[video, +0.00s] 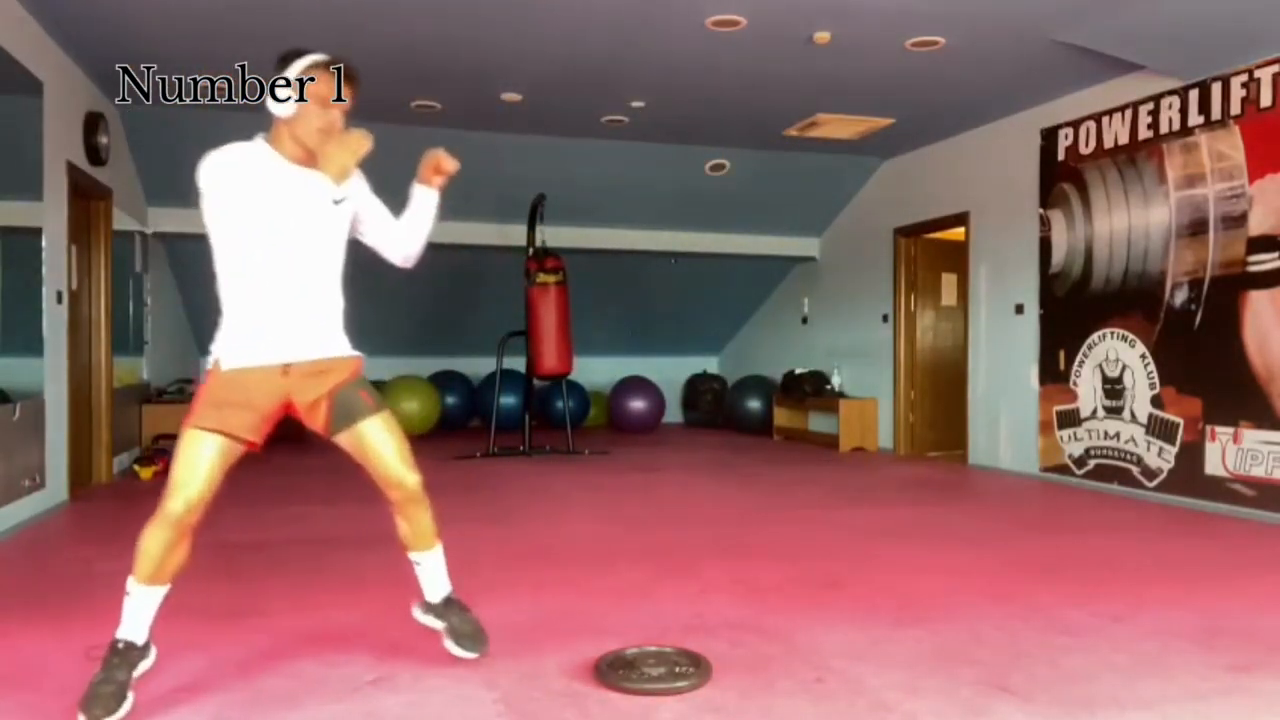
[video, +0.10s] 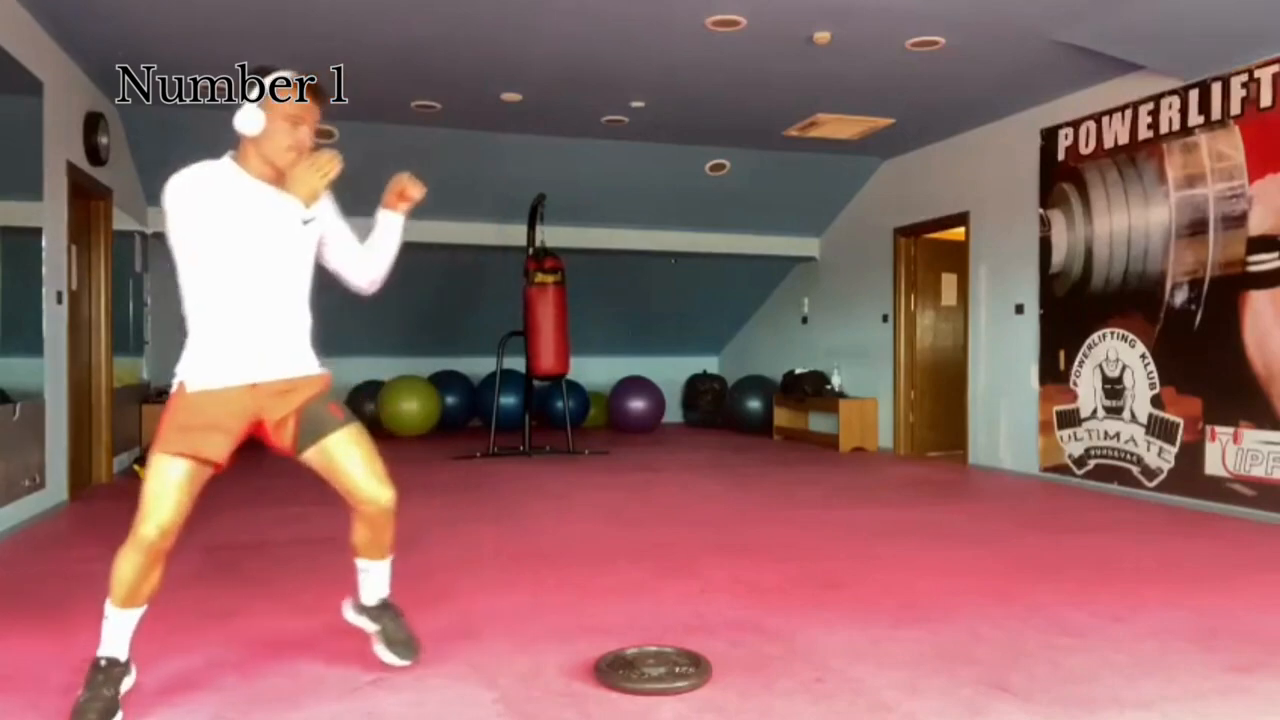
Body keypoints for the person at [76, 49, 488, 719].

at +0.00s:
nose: (342, 116)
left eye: (346, 105)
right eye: (332, 100)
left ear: (341, 112)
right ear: (286, 98)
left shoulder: (341, 177)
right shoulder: (223, 168)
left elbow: (402, 249)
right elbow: (257, 230)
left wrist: (428, 188)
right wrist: (334, 167)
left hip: (329, 367)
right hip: (241, 372)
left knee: (407, 483)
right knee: (179, 507)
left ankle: (439, 598)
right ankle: (129, 644)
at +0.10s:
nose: (308, 142)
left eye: (314, 130)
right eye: (295, 126)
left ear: (316, 134)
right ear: (253, 123)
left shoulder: (308, 197)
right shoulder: (190, 188)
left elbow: (364, 274)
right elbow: (217, 261)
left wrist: (392, 214)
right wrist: (298, 195)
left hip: (298, 383)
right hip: (208, 391)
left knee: (378, 497)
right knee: (151, 532)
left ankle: (373, 603)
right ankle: (110, 661)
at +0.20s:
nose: (280, 163)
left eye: (289, 153)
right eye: (269, 147)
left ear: (293, 160)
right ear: (228, 148)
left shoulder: (285, 227)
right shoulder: (164, 219)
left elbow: (316, 319)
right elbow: (193, 301)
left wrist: (352, 268)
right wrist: (274, 237)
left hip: (275, 412)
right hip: (187, 417)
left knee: (349, 528)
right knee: (137, 552)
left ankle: (324, 629)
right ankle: (111, 671)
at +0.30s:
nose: (288, 143)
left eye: (297, 132)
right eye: (277, 126)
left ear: (302, 136)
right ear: (237, 121)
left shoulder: (295, 198)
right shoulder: (172, 189)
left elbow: (331, 290)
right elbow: (204, 263)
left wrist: (368, 237)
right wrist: (285, 198)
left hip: (284, 389)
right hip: (194, 397)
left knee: (358, 509)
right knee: (148, 538)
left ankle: (343, 614)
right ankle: (113, 666)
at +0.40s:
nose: (321, 121)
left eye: (328, 110)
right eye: (313, 104)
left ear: (325, 114)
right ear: (271, 95)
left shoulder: (317, 177)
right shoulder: (201, 161)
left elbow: (383, 244)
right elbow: (228, 231)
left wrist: (415, 180)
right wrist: (315, 168)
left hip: (300, 366)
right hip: (214, 374)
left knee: (374, 485)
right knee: (173, 516)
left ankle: (382, 610)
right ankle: (125, 652)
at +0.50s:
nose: (357, 141)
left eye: (363, 129)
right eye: (348, 124)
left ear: (359, 129)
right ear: (306, 112)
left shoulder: (339, 194)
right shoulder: (238, 172)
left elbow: (382, 274)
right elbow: (286, 255)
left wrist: (410, 207)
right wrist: (360, 184)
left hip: (316, 378)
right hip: (237, 385)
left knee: (392, 489)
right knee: (200, 526)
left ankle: (419, 627)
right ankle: (149, 635)